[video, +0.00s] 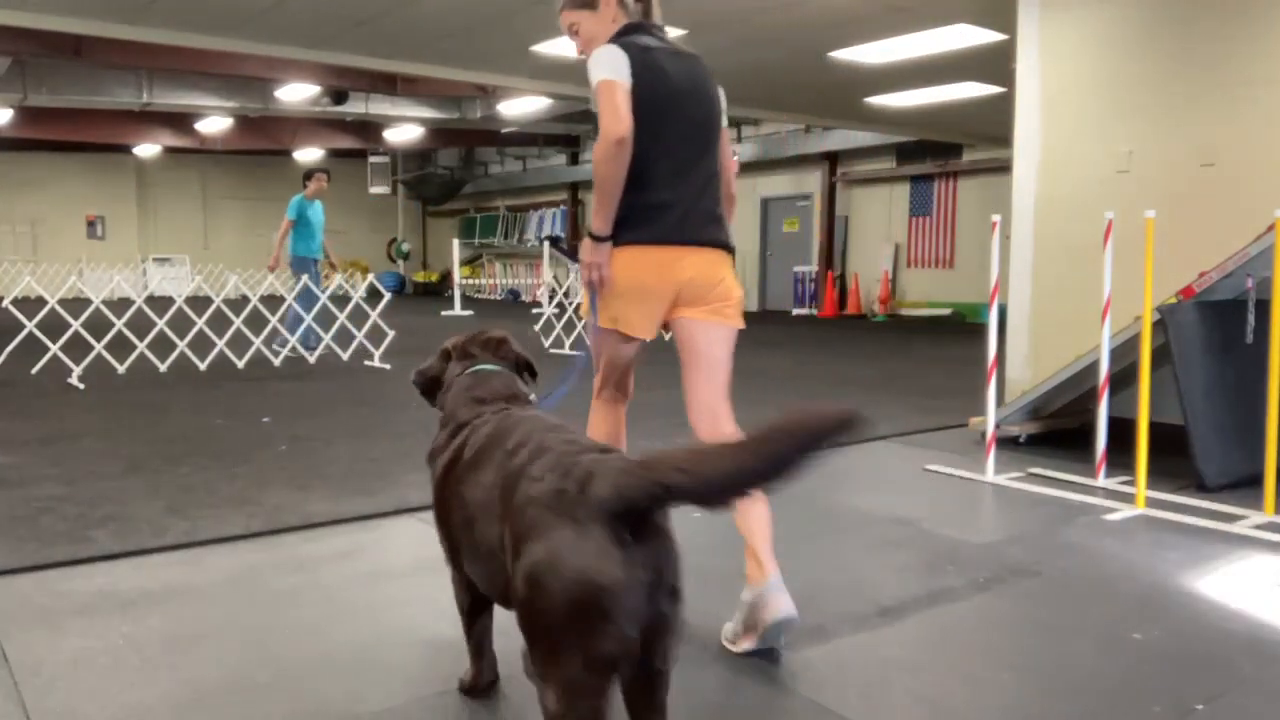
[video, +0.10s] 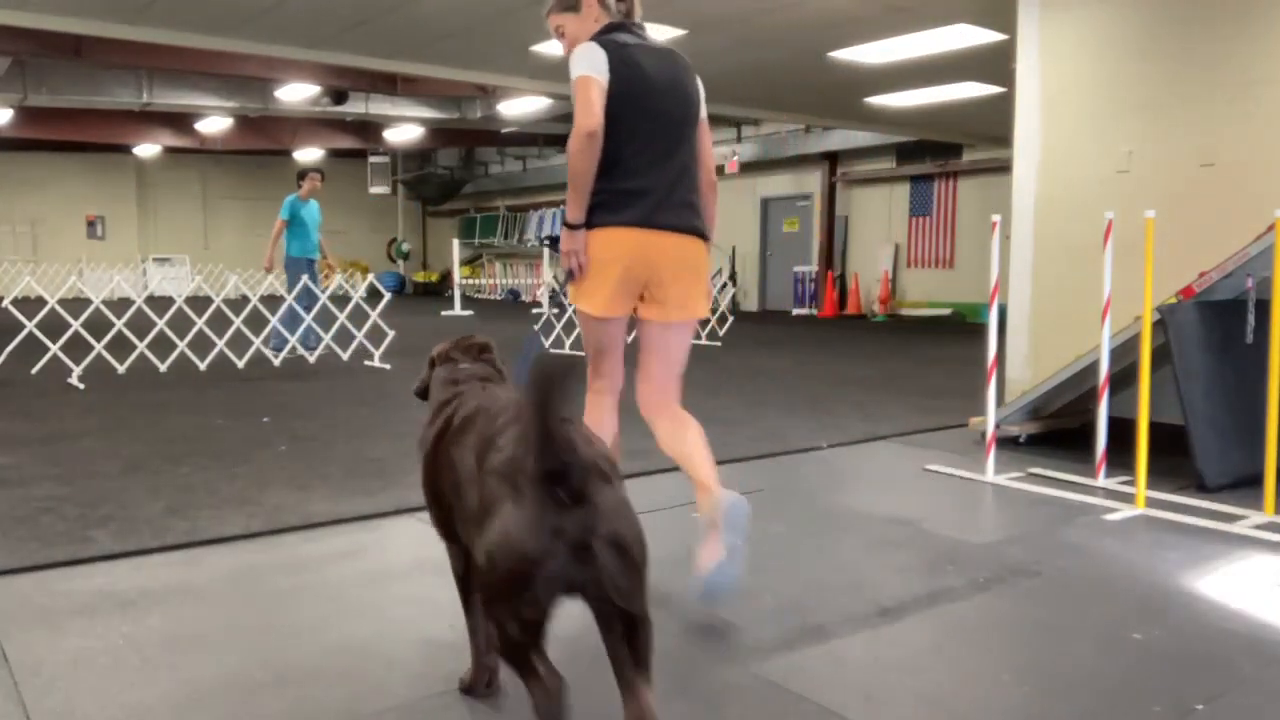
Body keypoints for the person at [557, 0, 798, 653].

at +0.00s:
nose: (574, 42)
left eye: (575, 28)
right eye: (569, 33)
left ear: (610, 8)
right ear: (637, 13)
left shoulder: (611, 53)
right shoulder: (698, 67)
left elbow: (617, 134)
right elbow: (727, 170)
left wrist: (599, 234)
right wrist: (714, 241)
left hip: (638, 257)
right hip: (710, 257)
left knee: (611, 395)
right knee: (717, 422)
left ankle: (598, 547)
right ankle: (766, 583)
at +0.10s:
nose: (561, 39)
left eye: (561, 26)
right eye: (556, 31)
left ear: (591, 9)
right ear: (618, 13)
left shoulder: (591, 53)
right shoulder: (684, 69)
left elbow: (590, 129)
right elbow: (706, 173)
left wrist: (574, 223)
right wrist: (701, 243)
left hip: (612, 238)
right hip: (683, 243)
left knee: (603, 386)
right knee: (663, 402)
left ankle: (595, 522)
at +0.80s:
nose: (521, 96)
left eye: (521, 88)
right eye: (519, 90)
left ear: (540, 74)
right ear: (558, 75)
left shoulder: (528, 114)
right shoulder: (601, 119)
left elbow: (514, 173)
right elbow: (624, 191)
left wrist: (519, 233)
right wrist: (625, 250)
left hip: (547, 247)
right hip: (597, 245)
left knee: (542, 344)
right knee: (590, 350)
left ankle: (536, 427)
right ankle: (598, 454)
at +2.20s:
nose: (552, 17)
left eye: (552, 11)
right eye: (554, 12)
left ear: (565, 9)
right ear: (616, 9)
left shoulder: (555, 53)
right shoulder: (665, 58)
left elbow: (540, 173)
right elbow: (688, 159)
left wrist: (535, 244)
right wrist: (638, 190)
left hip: (590, 227)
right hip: (670, 226)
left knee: (561, 374)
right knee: (627, 384)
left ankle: (547, 517)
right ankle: (666, 515)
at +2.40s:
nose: (595, 10)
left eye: (595, 5)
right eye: (596, 6)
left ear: (608, 4)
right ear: (662, 1)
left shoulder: (593, 44)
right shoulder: (722, 49)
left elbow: (573, 178)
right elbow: (744, 155)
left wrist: (557, 250)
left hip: (651, 227)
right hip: (740, 225)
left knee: (623, 399)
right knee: (681, 393)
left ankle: (647, 544)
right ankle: (679, 576)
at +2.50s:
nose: (616, 14)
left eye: (615, 10)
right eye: (617, 11)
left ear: (629, 4)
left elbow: (589, 181)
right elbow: (770, 143)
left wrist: (564, 268)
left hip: (685, 220)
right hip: (778, 216)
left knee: (678, 426)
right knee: (726, 403)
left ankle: (692, 630)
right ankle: (715, 588)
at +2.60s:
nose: (641, 14)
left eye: (642, 11)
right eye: (642, 12)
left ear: (658, 2)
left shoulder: (664, 25)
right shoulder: (783, 37)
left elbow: (622, 182)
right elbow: (802, 152)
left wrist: (581, 280)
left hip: (734, 237)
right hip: (835, 234)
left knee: (686, 441)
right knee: (764, 420)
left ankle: (692, 656)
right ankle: (833, 592)